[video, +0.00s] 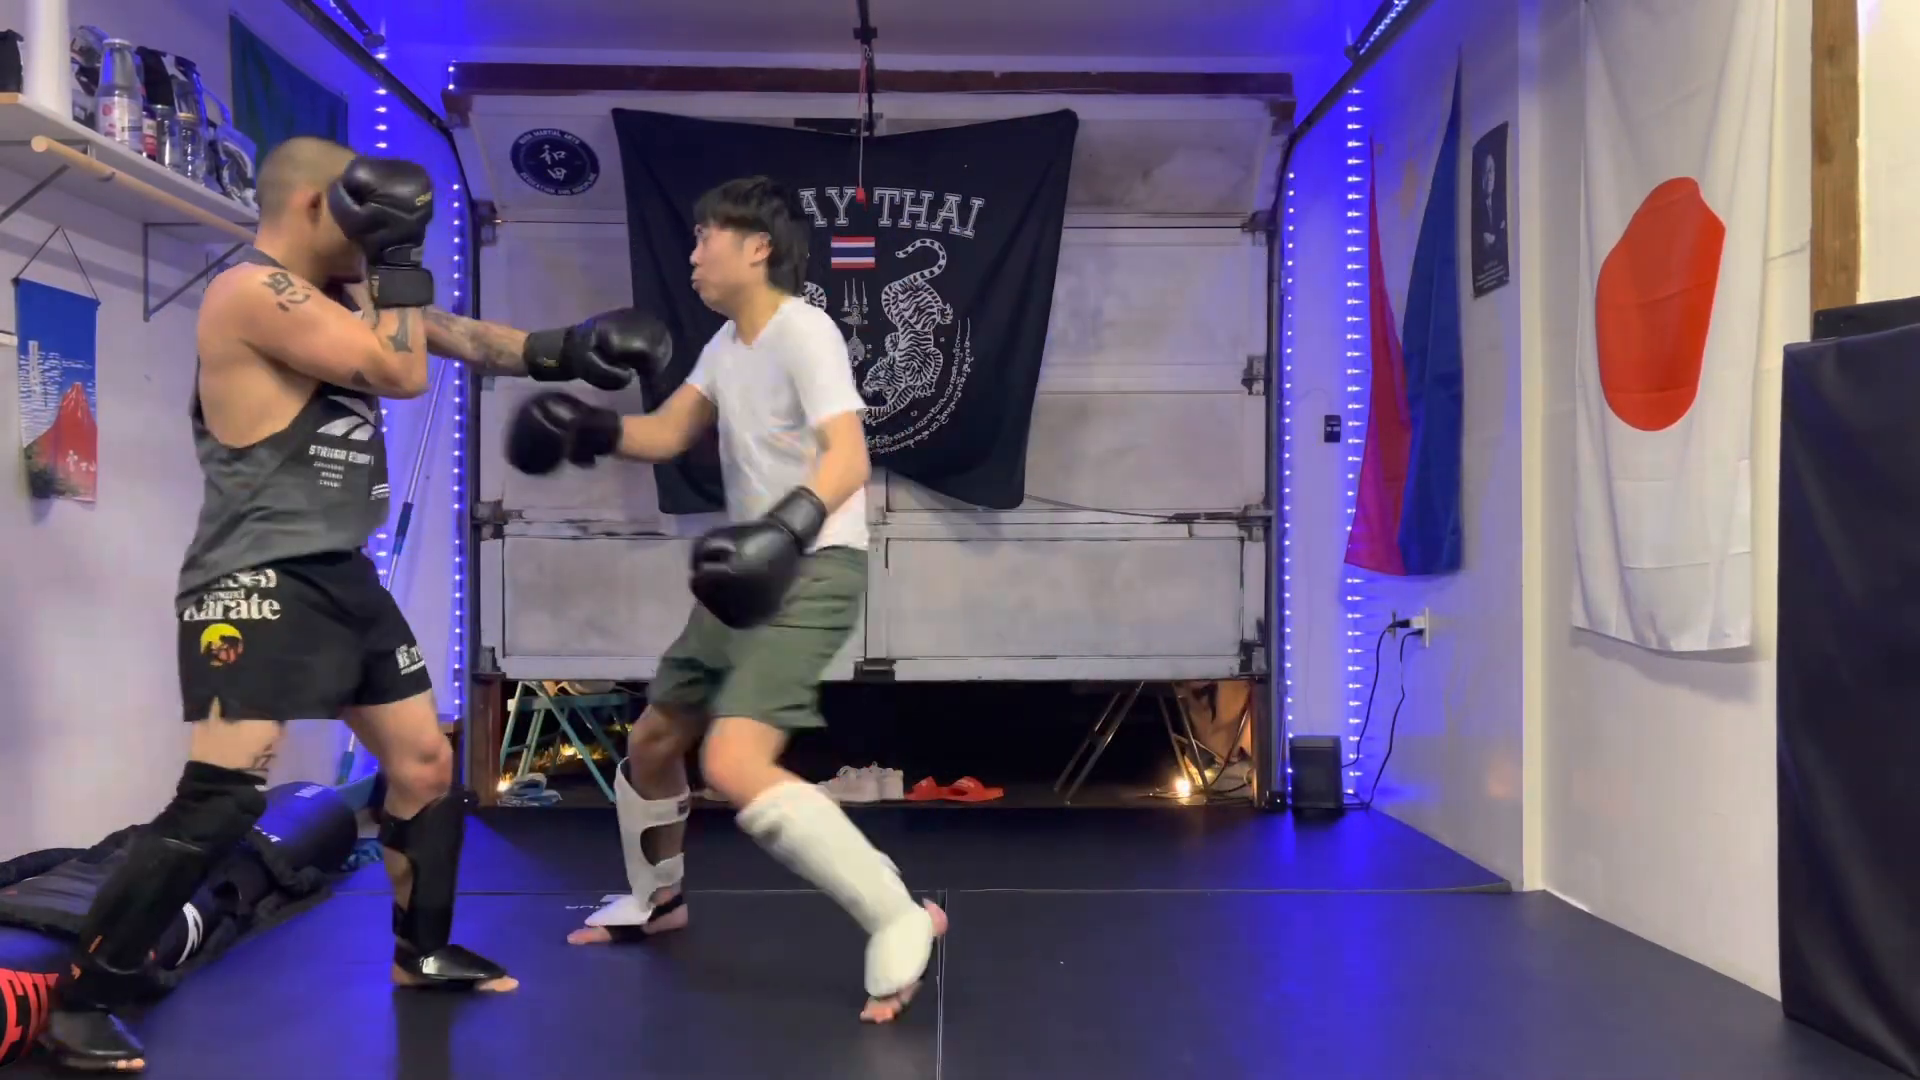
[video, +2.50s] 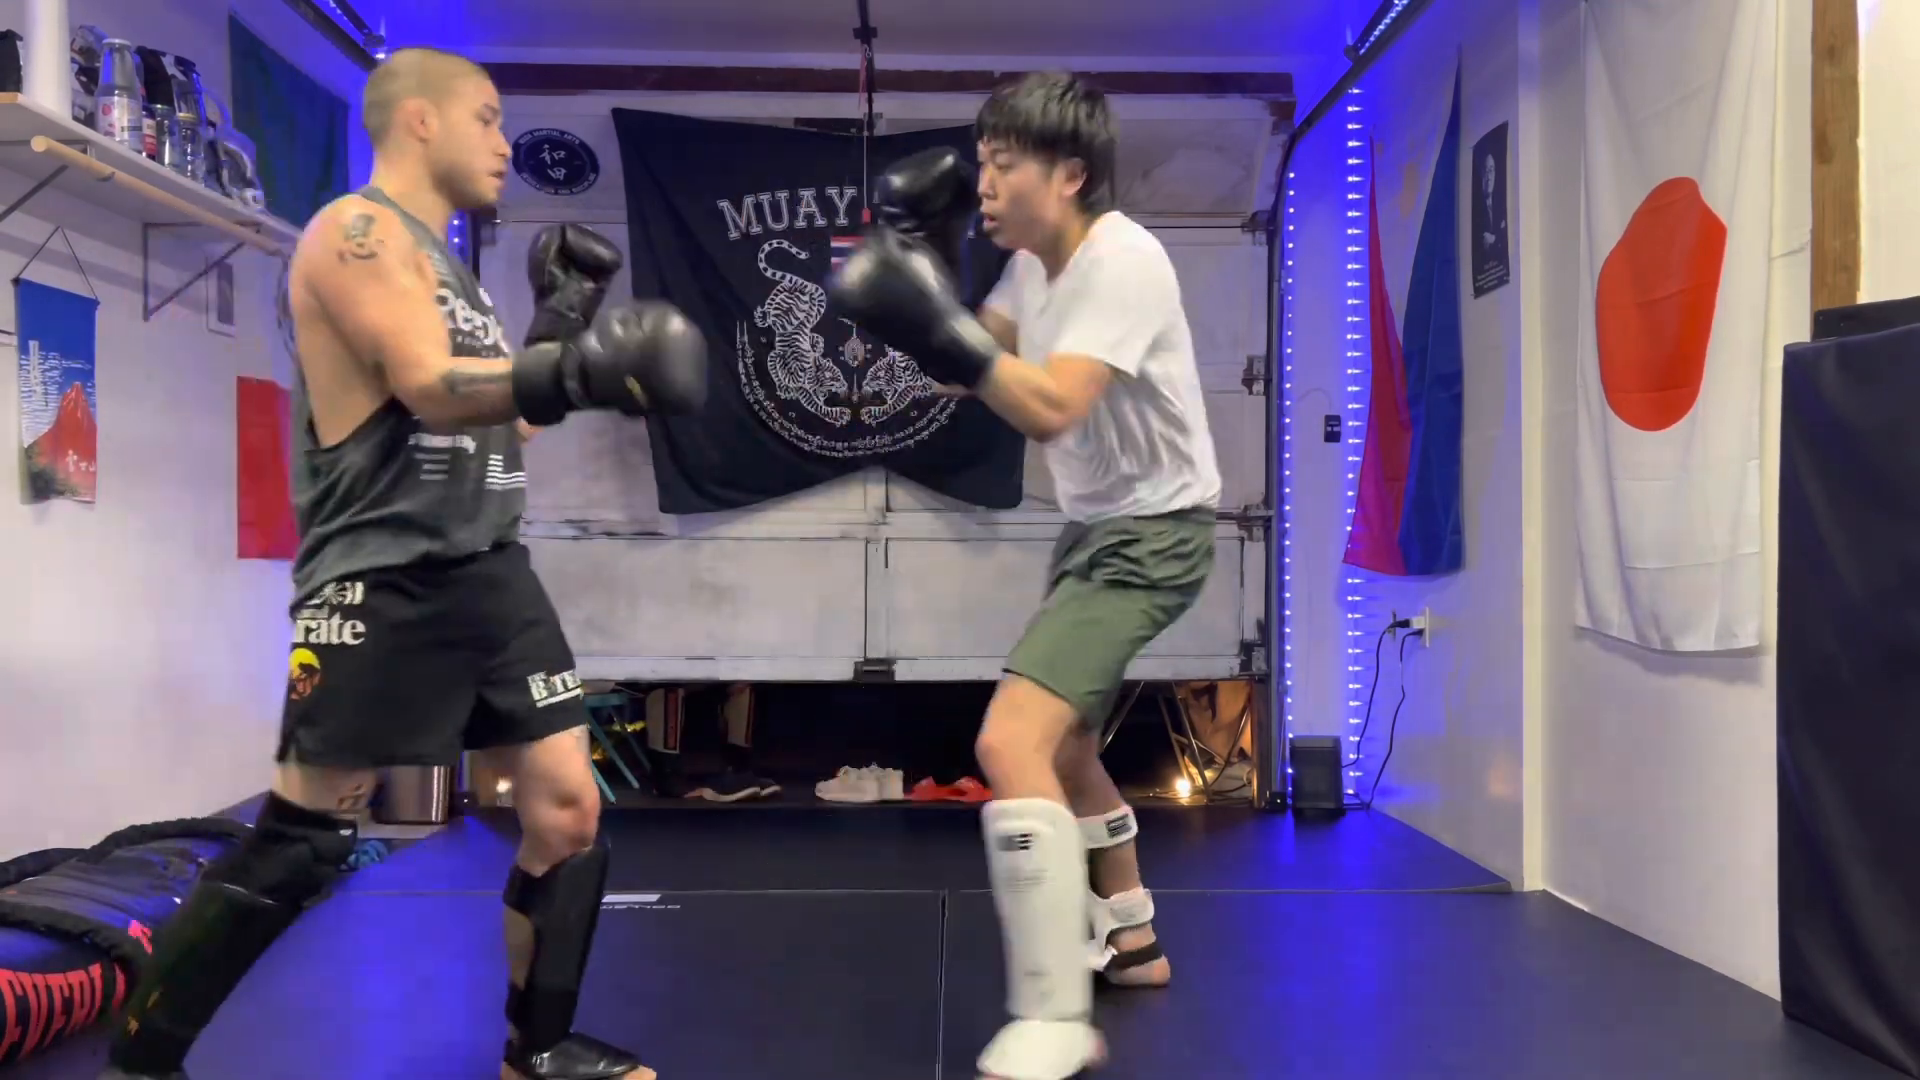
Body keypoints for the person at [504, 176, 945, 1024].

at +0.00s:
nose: (692, 255)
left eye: (705, 239)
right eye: (695, 240)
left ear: (756, 249)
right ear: (743, 253)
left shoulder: (804, 332)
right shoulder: (724, 344)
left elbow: (848, 455)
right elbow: (670, 431)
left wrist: (781, 534)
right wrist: (594, 431)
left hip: (818, 563)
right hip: (743, 565)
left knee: (737, 761)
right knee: (652, 745)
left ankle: (900, 920)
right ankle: (656, 897)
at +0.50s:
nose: (701, 251)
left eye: (713, 235)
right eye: (701, 236)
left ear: (764, 239)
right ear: (773, 245)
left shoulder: (766, 308)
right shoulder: (842, 306)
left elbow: (730, 418)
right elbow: (812, 414)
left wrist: (608, 432)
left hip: (832, 548)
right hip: (894, 544)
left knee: (722, 742)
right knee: (853, 719)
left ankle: (668, 954)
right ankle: (930, 884)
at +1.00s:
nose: (806, 265)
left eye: (817, 248)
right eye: (805, 249)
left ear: (870, 242)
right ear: (883, 249)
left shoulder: (878, 298)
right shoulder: (940, 309)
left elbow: (747, 330)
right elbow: (890, 443)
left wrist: (613, 308)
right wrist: (822, 392)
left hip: (967, 538)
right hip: (1014, 538)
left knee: (874, 760)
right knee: (973, 732)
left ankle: (912, 974)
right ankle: (1039, 890)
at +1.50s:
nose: (761, 276)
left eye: (773, 258)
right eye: (760, 258)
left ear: (831, 260)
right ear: (806, 264)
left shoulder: (910, 317)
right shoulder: (826, 329)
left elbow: (1023, 431)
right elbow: (754, 398)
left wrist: (935, 513)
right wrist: (705, 330)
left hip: (994, 548)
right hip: (944, 552)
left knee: (877, 753)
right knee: (944, 743)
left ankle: (939, 1004)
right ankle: (1034, 899)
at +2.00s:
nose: (738, 282)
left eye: (759, 263)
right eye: (738, 262)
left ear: (832, 280)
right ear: (738, 273)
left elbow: (984, 526)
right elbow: (573, 385)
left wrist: (872, 508)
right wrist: (435, 373)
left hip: (969, 599)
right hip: (894, 603)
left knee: (803, 770)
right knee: (948, 788)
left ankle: (786, 1049)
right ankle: (1033, 903)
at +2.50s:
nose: (985, 189)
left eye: (1003, 167)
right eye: (983, 168)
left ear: (1068, 175)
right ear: (1018, 180)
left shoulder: (1123, 259)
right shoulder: (1033, 268)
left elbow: (1052, 409)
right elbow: (985, 363)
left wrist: (942, 325)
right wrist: (933, 249)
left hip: (1153, 533)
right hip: (1096, 532)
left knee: (1012, 744)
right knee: (1063, 742)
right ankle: (1128, 931)